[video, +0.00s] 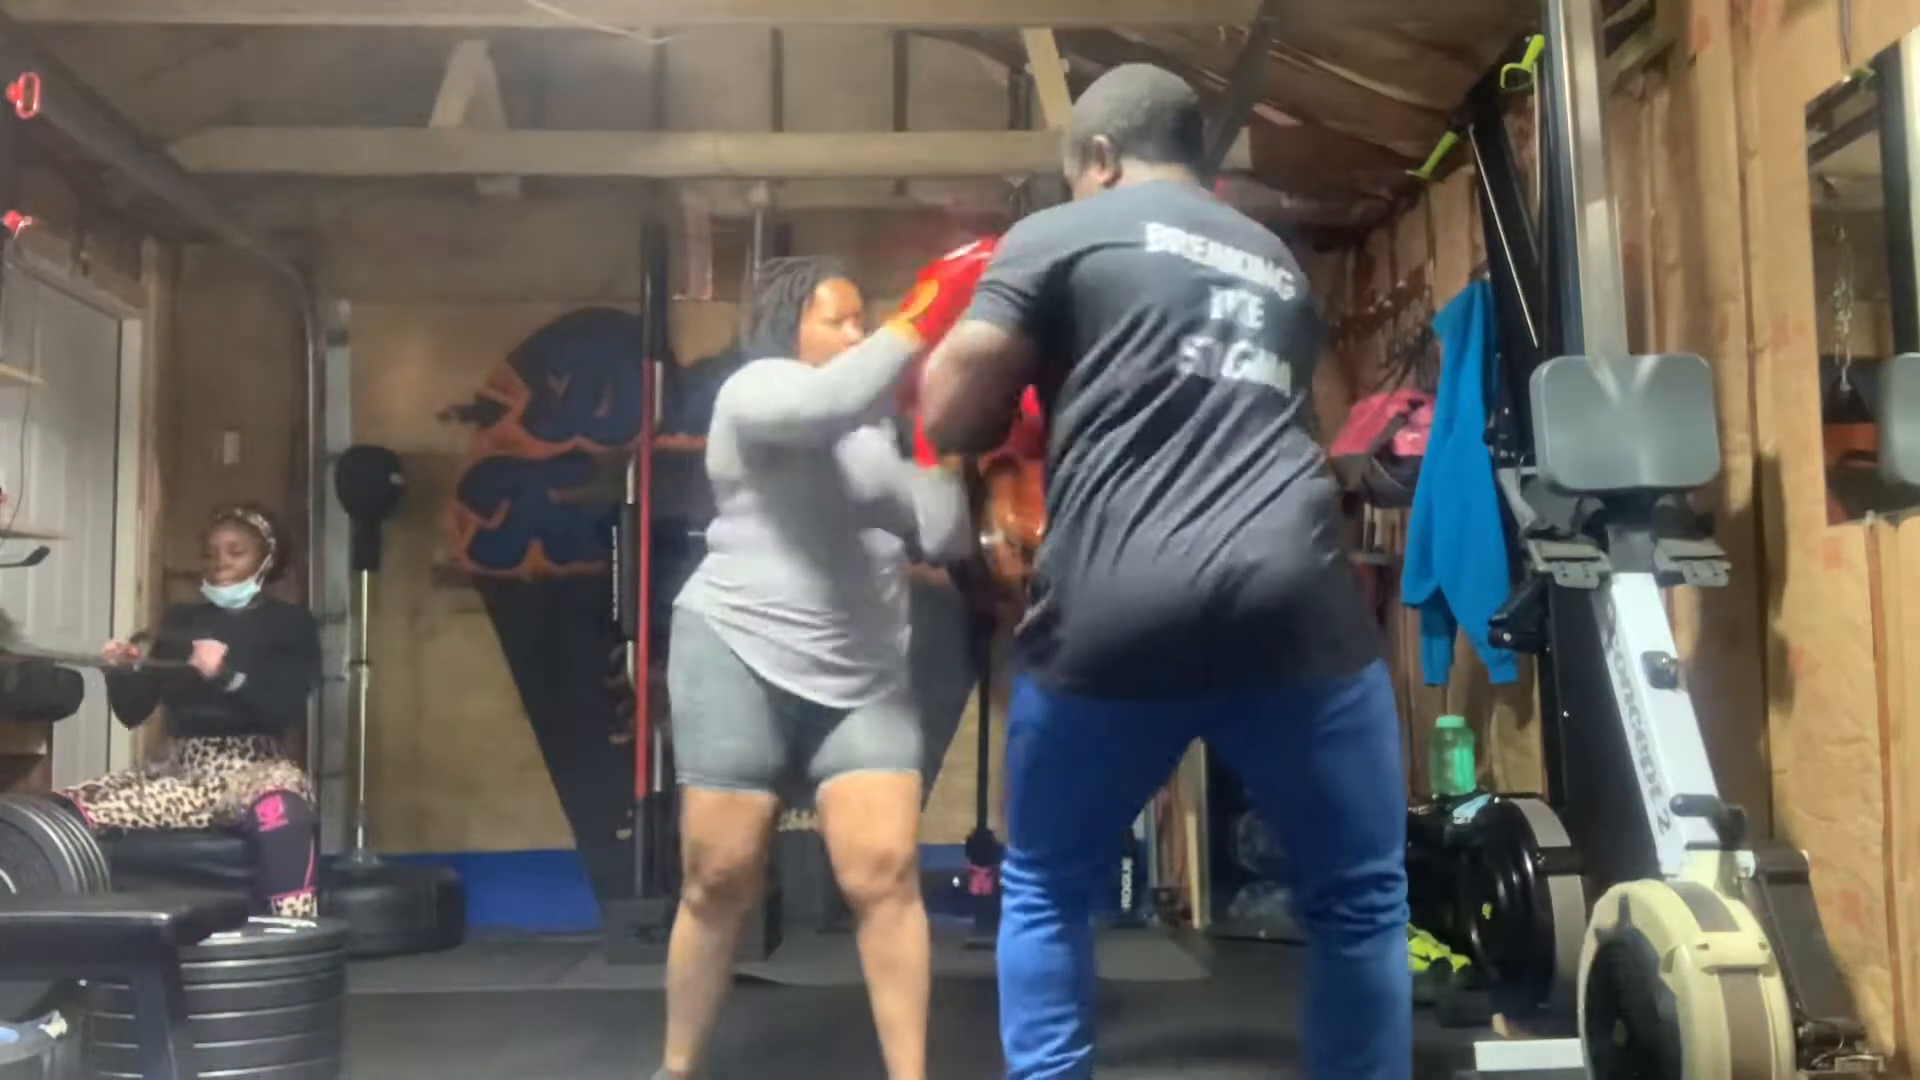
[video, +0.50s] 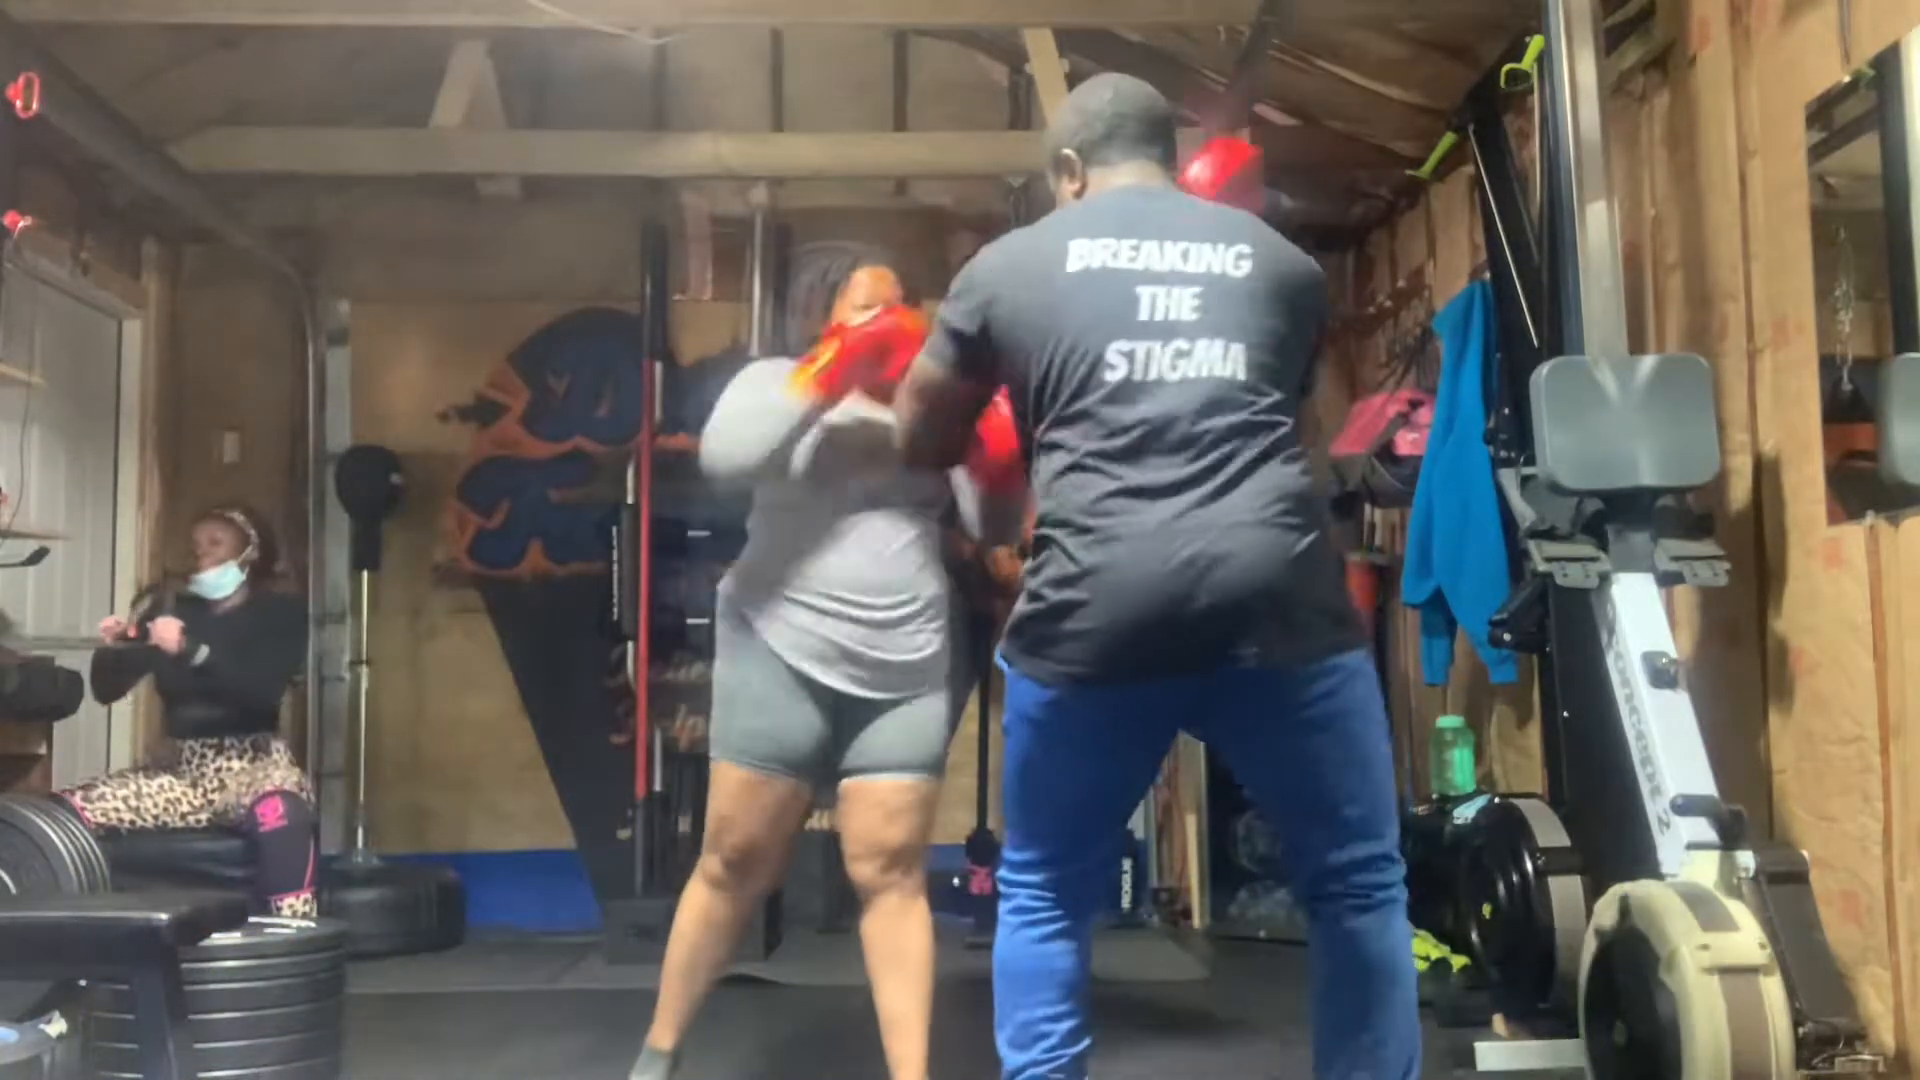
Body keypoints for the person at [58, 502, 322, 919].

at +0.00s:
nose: (221, 565)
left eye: (236, 553)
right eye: (212, 554)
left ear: (264, 561)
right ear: (202, 557)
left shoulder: (289, 621)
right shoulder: (181, 618)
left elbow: (282, 713)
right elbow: (133, 712)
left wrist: (228, 674)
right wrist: (120, 671)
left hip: (255, 771)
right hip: (178, 770)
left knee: (282, 810)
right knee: (65, 811)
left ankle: (295, 946)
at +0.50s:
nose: (203, 562)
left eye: (216, 549)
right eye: (198, 551)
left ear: (249, 555)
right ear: (191, 555)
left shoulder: (280, 612)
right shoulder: (173, 608)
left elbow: (264, 689)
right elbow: (107, 690)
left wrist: (188, 648)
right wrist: (113, 648)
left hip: (255, 774)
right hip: (178, 773)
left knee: (282, 813)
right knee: (66, 812)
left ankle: (294, 948)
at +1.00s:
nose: (208, 560)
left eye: (221, 548)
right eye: (202, 551)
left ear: (254, 554)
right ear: (195, 554)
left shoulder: (289, 621)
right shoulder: (180, 618)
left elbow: (294, 719)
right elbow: (134, 718)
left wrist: (231, 686)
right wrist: (135, 679)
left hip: (256, 772)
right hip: (177, 772)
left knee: (283, 812)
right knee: (61, 811)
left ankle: (295, 947)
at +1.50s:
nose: (214, 561)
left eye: (230, 551)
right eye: (207, 551)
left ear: (260, 560)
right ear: (198, 556)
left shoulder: (288, 624)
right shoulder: (179, 621)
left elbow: (301, 723)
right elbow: (140, 723)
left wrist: (243, 691)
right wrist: (130, 681)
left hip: (255, 772)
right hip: (173, 772)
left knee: (281, 810)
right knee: (60, 809)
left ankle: (296, 947)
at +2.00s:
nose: (217, 553)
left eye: (233, 545)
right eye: (210, 543)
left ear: (260, 560)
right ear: (201, 549)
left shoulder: (281, 611)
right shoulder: (172, 611)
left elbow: (273, 684)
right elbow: (106, 689)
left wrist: (193, 652)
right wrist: (107, 657)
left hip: (254, 769)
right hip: (175, 771)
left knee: (280, 813)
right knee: (61, 811)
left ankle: (296, 949)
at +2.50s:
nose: (231, 558)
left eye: (247, 550)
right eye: (223, 546)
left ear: (269, 564)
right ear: (210, 549)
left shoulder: (286, 615)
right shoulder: (174, 615)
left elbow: (289, 692)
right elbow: (111, 697)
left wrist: (209, 668)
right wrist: (121, 659)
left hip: (257, 769)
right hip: (177, 772)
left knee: (283, 811)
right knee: (60, 810)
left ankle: (296, 945)